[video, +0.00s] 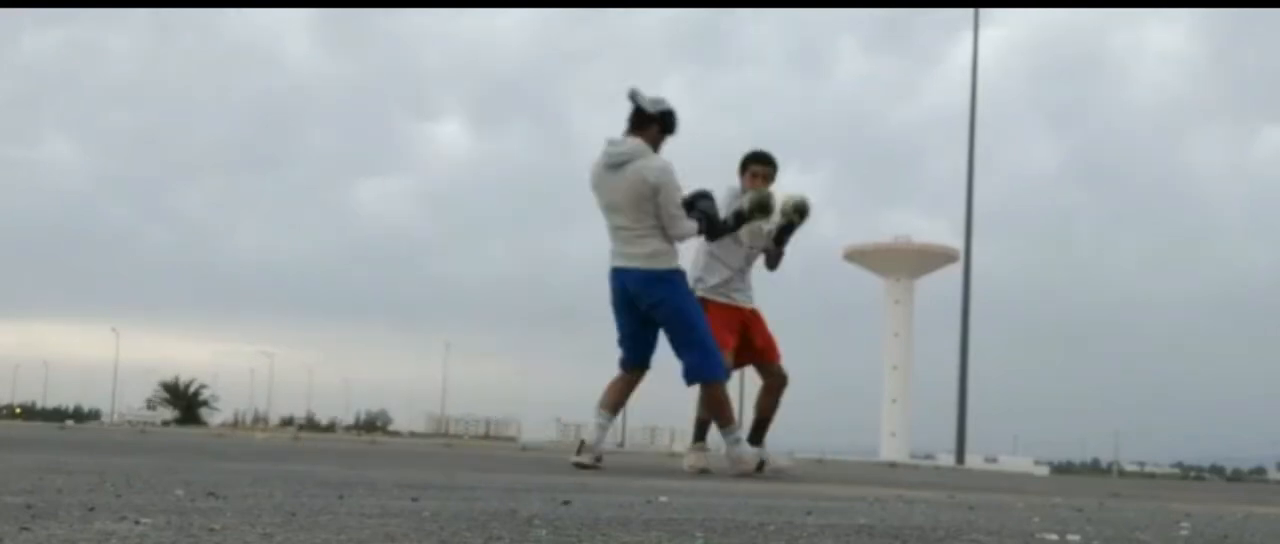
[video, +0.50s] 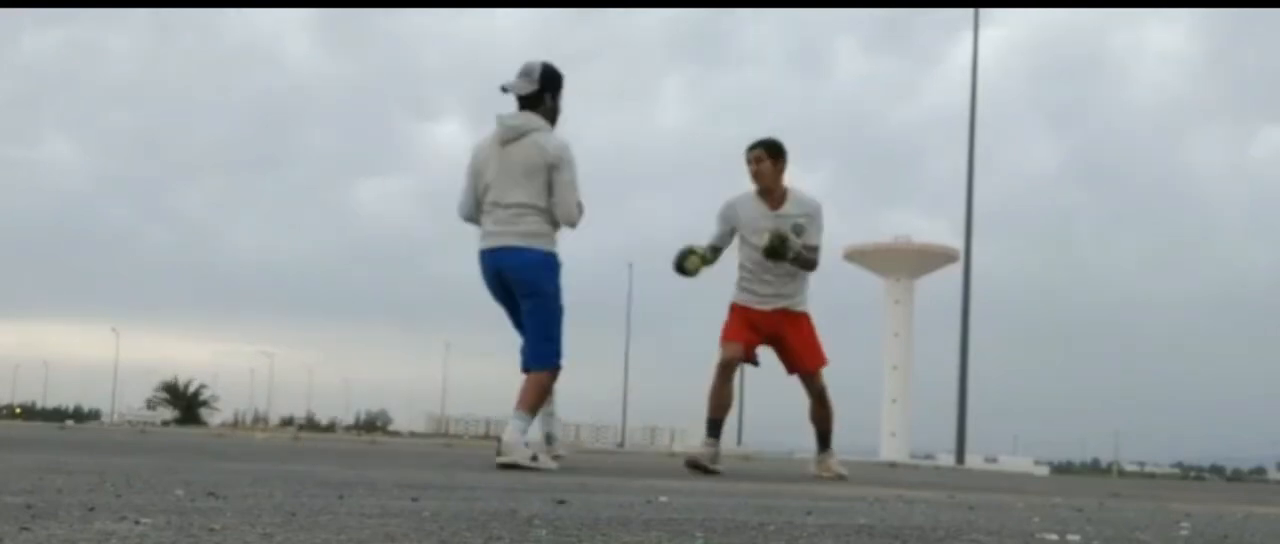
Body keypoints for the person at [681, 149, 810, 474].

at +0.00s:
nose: (759, 183)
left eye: (765, 178)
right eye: (754, 176)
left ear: (773, 183)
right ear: (741, 176)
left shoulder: (770, 212)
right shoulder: (728, 199)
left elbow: (771, 263)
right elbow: (712, 234)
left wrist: (785, 230)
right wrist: (745, 215)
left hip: (743, 300)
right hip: (712, 295)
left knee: (776, 377)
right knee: (718, 369)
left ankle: (754, 448)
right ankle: (698, 445)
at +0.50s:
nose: (754, 169)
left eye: (760, 162)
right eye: (750, 164)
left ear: (779, 165)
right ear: (748, 169)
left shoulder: (808, 209)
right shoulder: (737, 208)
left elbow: (811, 262)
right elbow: (715, 248)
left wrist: (787, 252)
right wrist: (697, 257)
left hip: (790, 312)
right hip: (746, 309)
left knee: (816, 385)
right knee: (726, 362)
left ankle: (825, 457)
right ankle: (710, 448)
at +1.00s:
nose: (627, 142)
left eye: (633, 133)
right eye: (624, 135)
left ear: (656, 133)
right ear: (628, 139)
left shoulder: (693, 178)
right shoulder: (622, 183)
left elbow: (708, 235)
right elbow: (599, 241)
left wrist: (672, 224)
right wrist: (579, 220)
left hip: (678, 298)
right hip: (627, 292)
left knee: (712, 375)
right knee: (581, 350)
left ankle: (747, 449)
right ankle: (561, 444)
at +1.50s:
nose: (543, 135)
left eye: (549, 127)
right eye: (543, 127)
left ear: (572, 130)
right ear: (566, 132)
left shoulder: (613, 183)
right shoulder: (543, 177)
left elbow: (618, 246)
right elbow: (526, 240)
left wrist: (581, 223)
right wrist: (510, 225)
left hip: (587, 301)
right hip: (536, 297)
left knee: (604, 351)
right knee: (462, 345)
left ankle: (642, 445)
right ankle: (447, 435)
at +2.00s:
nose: (474, 129)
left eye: (479, 120)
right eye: (475, 121)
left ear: (498, 122)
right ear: (499, 124)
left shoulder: (544, 161)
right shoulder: (481, 172)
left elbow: (564, 221)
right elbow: (472, 223)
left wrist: (515, 213)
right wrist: (435, 220)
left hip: (552, 284)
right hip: (506, 288)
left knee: (556, 351)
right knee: (448, 354)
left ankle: (605, 446)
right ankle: (423, 440)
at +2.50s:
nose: (461, 122)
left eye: (462, 114)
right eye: (463, 114)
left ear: (471, 112)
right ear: (495, 113)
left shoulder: (496, 140)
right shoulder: (498, 150)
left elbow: (485, 192)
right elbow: (497, 217)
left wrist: (447, 195)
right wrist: (456, 217)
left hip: (523, 274)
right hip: (501, 277)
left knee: (536, 358)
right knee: (449, 346)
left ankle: (604, 443)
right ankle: (434, 438)